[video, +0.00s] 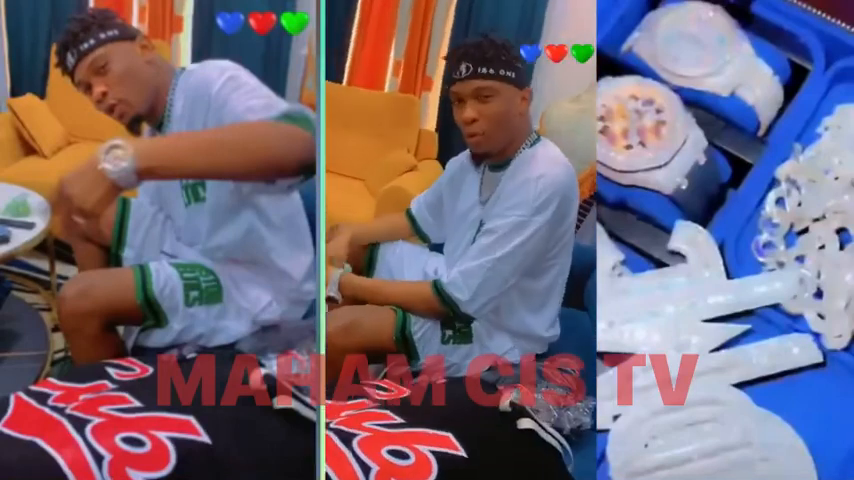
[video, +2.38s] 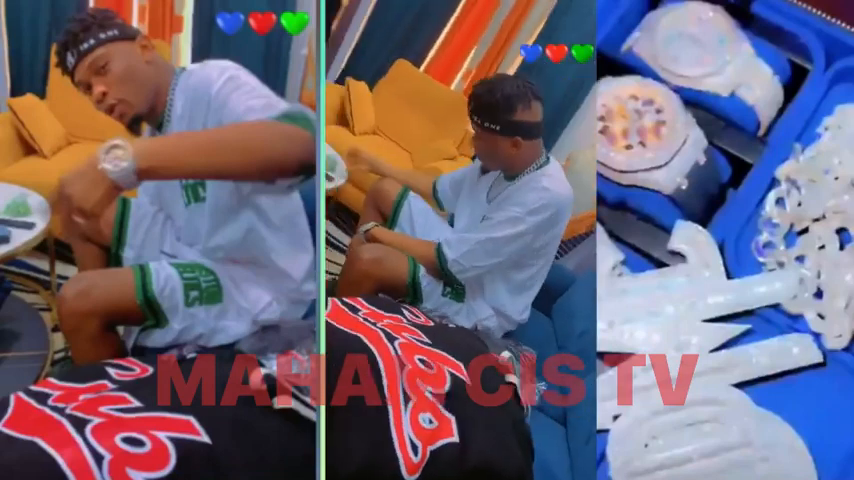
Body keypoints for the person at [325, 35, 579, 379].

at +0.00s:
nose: (468, 115)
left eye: (484, 98)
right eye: (459, 102)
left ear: (524, 100)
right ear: (450, 106)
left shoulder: (544, 179)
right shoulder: (468, 164)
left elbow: (452, 298)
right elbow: (415, 221)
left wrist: (345, 285)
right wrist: (349, 235)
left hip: (496, 334)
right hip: (454, 285)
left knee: (335, 329)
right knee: (346, 239)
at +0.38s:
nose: (440, 102)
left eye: (454, 85)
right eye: (432, 90)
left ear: (492, 86)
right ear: (426, 95)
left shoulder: (517, 152)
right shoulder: (455, 146)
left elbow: (449, 268)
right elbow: (406, 205)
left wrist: (343, 266)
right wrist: (345, 222)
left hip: (491, 304)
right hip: (452, 266)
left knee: (340, 307)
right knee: (345, 234)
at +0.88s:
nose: (406, 125)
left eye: (411, 113)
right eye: (404, 113)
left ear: (447, 106)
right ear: (447, 108)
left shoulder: (491, 155)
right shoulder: (458, 144)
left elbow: (431, 259)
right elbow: (416, 197)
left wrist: (348, 249)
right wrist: (361, 213)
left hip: (485, 291)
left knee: (353, 285)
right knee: (365, 220)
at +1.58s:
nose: (451, 117)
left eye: (459, 111)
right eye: (454, 108)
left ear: (498, 120)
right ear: (498, 119)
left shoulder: (536, 173)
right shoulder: (487, 143)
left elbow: (446, 261)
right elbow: (418, 188)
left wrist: (347, 244)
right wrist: (332, 188)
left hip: (496, 299)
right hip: (470, 256)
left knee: (357, 284)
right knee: (372, 214)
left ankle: (358, 389)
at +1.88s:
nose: (458, 84)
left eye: (470, 80)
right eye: (463, 73)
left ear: (509, 96)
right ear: (510, 97)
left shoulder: (535, 156)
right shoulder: (482, 112)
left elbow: (440, 235)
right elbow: (410, 152)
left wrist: (346, 209)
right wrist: (327, 148)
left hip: (474, 268)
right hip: (446, 219)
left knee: (342, 243)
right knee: (353, 173)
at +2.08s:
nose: (473, 121)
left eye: (483, 116)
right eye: (478, 111)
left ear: (519, 129)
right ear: (519, 128)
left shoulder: (542, 186)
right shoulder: (493, 140)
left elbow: (446, 250)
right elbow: (417, 163)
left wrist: (359, 214)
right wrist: (334, 153)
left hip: (468, 283)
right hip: (448, 233)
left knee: (353, 246)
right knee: (368, 182)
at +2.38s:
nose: (473, 138)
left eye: (478, 132)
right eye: (475, 130)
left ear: (514, 145)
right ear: (515, 144)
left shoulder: (545, 197)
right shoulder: (506, 162)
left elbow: (450, 262)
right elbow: (439, 190)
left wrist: (374, 232)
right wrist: (374, 164)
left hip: (479, 302)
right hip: (460, 257)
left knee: (367, 259)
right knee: (383, 193)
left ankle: (332, 333)